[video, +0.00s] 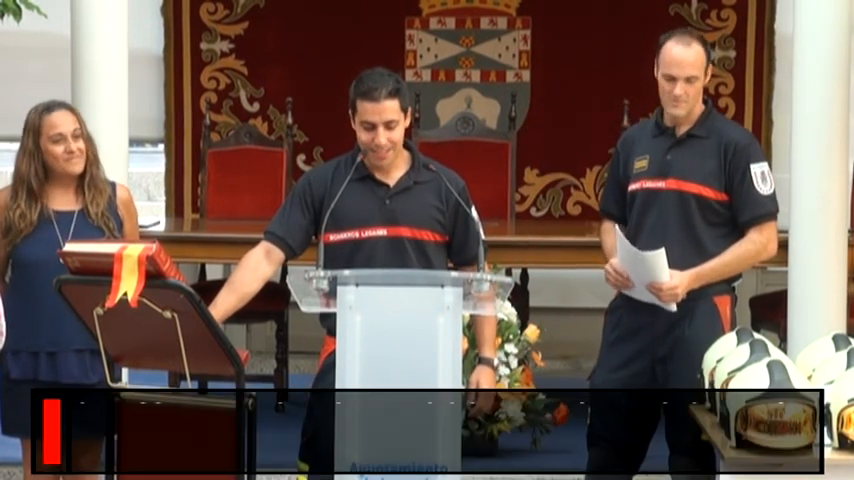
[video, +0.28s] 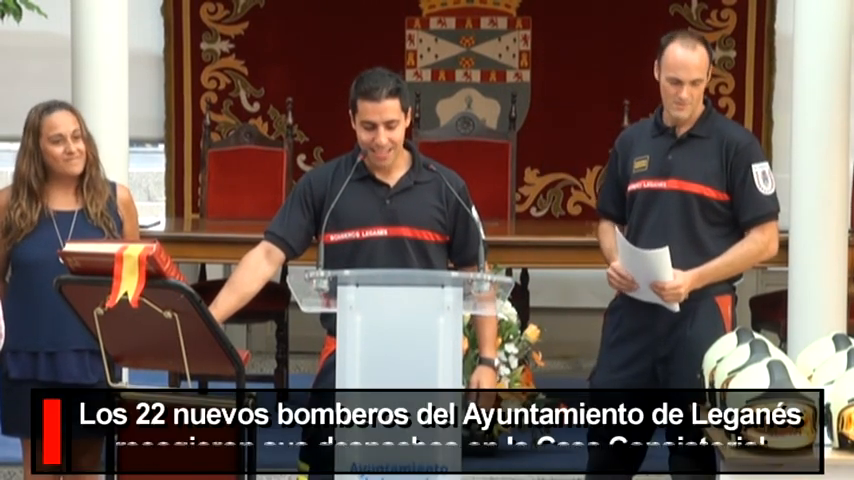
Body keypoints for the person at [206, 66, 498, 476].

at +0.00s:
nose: (379, 139)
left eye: (390, 126)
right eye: (368, 127)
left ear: (408, 119)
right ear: (353, 123)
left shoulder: (447, 188)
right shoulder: (322, 184)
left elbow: (477, 279)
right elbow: (267, 255)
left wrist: (486, 361)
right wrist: (207, 322)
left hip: (428, 356)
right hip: (347, 355)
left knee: (427, 469)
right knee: (324, 465)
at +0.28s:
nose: (380, 139)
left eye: (391, 125)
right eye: (369, 126)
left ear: (408, 119)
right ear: (353, 123)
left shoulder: (447, 188)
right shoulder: (323, 185)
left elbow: (477, 280)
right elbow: (267, 255)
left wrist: (487, 362)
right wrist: (207, 322)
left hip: (428, 353)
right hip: (348, 352)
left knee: (430, 468)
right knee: (323, 463)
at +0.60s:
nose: (379, 139)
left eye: (389, 125)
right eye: (368, 126)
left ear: (408, 119)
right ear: (352, 123)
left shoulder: (447, 188)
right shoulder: (322, 185)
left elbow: (477, 281)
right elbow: (267, 255)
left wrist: (485, 363)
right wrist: (207, 322)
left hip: (428, 353)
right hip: (348, 352)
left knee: (429, 468)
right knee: (330, 464)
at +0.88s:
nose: (378, 139)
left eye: (389, 126)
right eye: (367, 127)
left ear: (408, 119)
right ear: (352, 122)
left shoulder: (447, 188)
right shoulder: (323, 184)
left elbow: (476, 281)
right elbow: (267, 255)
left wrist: (482, 363)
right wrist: (208, 322)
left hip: (428, 352)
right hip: (348, 351)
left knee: (429, 468)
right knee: (331, 464)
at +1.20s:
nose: (379, 140)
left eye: (390, 127)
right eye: (368, 127)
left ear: (408, 119)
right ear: (353, 122)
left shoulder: (447, 188)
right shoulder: (323, 184)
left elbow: (476, 281)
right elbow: (267, 255)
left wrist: (485, 364)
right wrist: (207, 322)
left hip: (428, 352)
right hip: (348, 351)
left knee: (430, 469)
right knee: (330, 464)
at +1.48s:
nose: (381, 140)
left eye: (391, 127)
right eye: (369, 128)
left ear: (408, 119)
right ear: (353, 122)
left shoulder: (447, 188)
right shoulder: (323, 184)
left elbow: (476, 281)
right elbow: (267, 255)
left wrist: (485, 364)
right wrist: (208, 322)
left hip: (428, 352)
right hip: (348, 351)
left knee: (429, 469)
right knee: (330, 465)